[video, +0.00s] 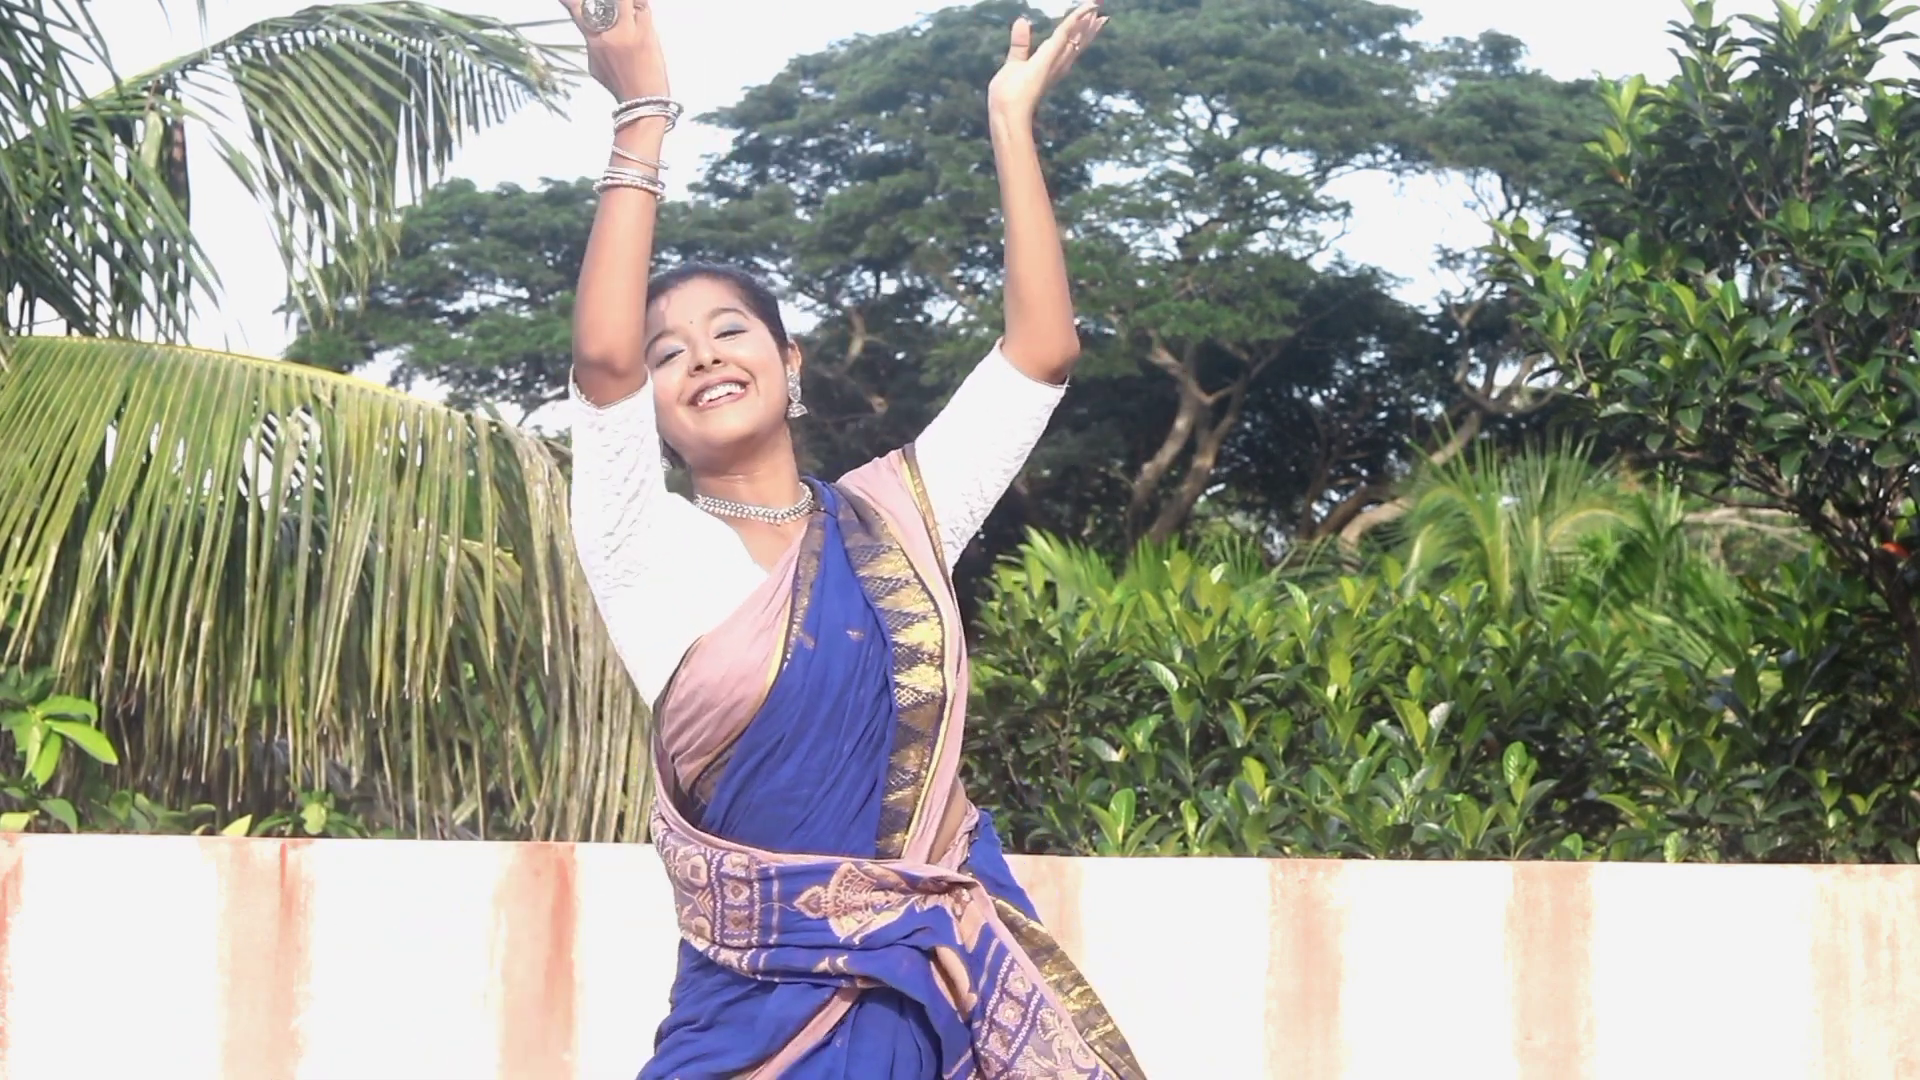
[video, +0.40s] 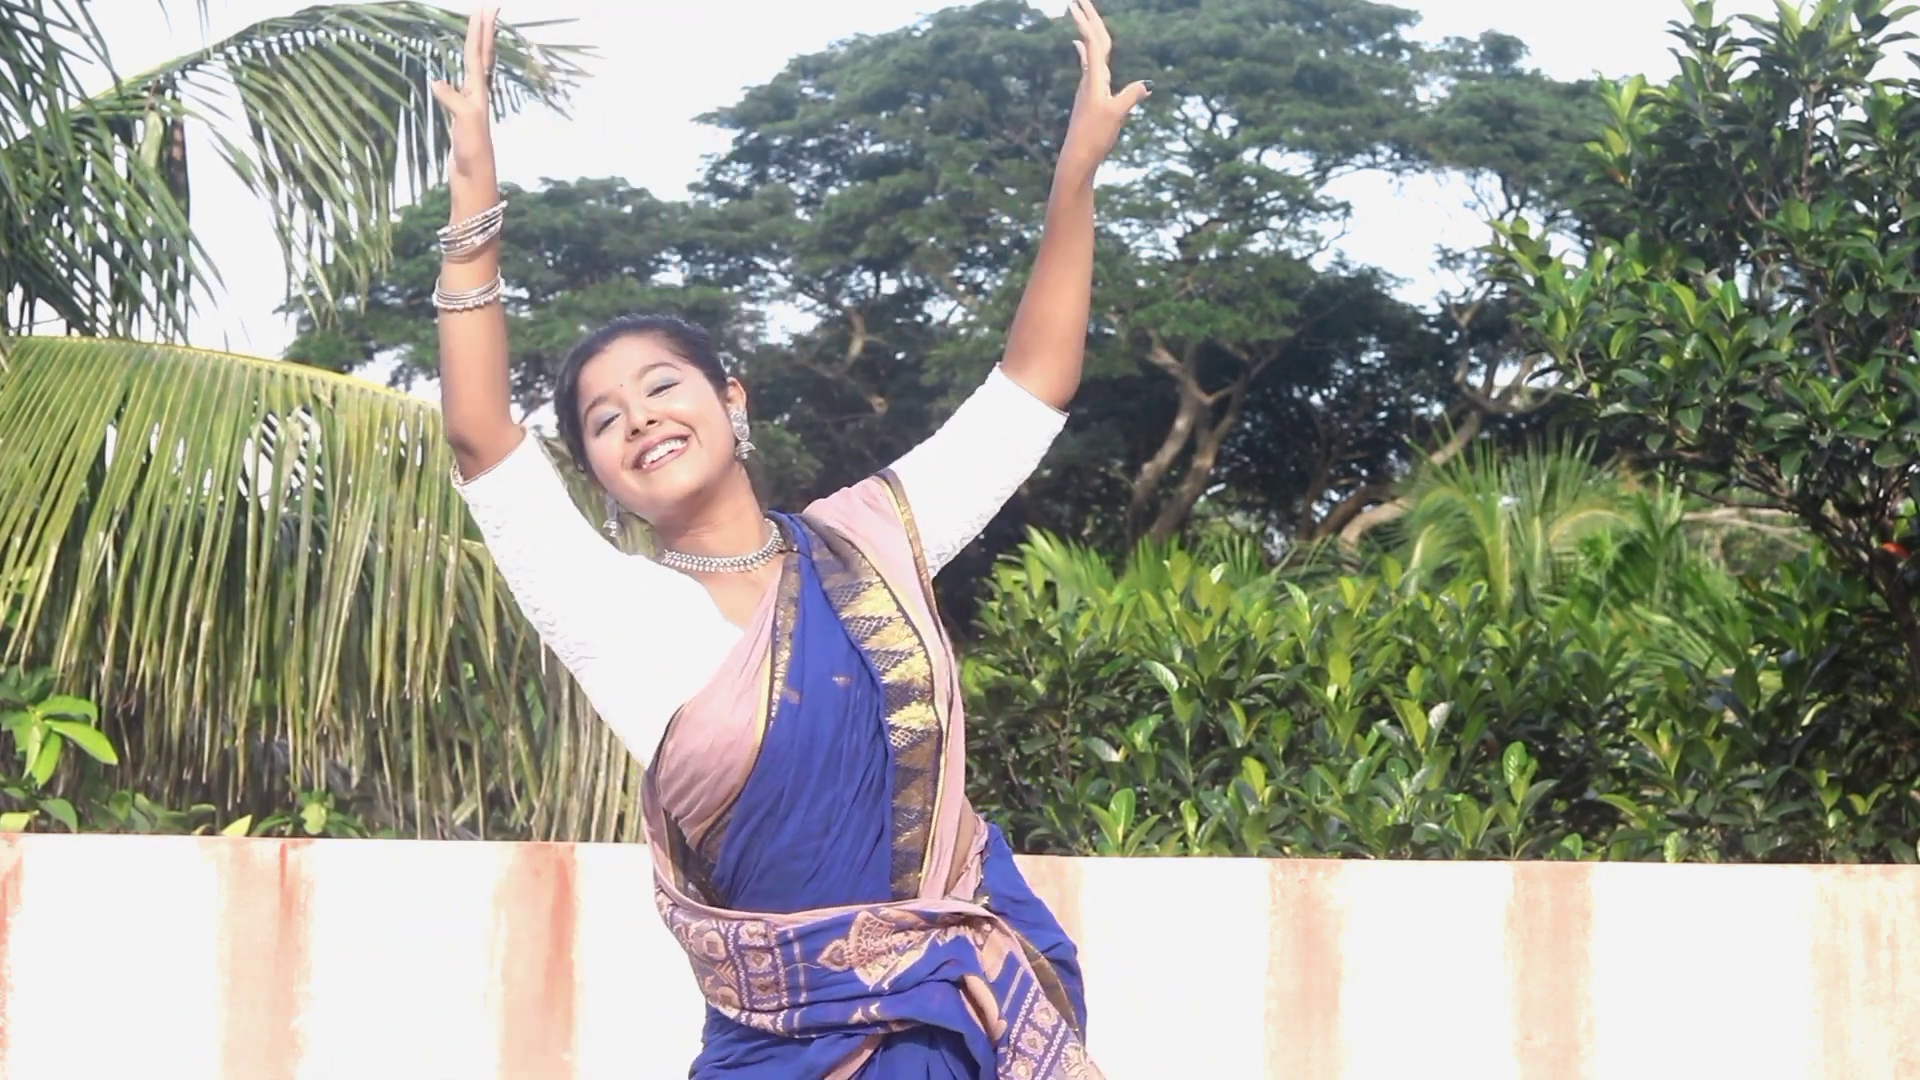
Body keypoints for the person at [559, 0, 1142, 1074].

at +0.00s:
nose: (703, 355)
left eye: (729, 329)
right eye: (668, 350)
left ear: (788, 364)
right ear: (648, 404)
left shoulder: (900, 509)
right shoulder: (647, 553)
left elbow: (1042, 348)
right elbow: (605, 365)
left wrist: (1011, 117)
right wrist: (641, 115)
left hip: (974, 983)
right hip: (766, 1006)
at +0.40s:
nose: (639, 419)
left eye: (662, 386)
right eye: (604, 420)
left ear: (735, 403)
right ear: (599, 481)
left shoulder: (878, 530)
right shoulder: (627, 627)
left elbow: (1034, 382)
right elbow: (479, 433)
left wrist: (1077, 173)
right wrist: (474, 197)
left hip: (988, 1001)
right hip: (786, 1038)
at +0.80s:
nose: (625, 474)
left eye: (645, 434)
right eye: (594, 471)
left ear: (724, 440)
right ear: (591, 525)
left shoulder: (888, 554)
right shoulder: (625, 673)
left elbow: (1067, 447)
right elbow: (446, 539)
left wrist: (1128, 280)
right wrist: (376, 359)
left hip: (1012, 998)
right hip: (822, 1050)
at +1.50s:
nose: (609, 509)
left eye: (627, 470)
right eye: (585, 506)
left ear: (716, 458)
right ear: (594, 546)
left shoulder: (905, 571)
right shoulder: (629, 694)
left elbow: (1124, 558)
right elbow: (402, 659)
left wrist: (1267, 396)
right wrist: (282, 470)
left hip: (1028, 1010)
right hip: (825, 1050)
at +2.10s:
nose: (573, 539)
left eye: (595, 497)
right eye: (557, 523)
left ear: (695, 481)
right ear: (568, 552)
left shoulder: (893, 588)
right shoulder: (611, 716)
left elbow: (1104, 630)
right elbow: (377, 772)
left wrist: (1281, 559)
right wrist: (248, 648)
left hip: (1026, 1014)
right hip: (830, 1058)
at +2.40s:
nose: (566, 547)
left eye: (587, 504)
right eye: (548, 531)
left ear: (690, 487)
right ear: (556, 558)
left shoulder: (885, 594)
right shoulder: (606, 724)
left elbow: (1094, 676)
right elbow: (385, 807)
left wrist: (1279, 633)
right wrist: (191, 746)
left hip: (1019, 1011)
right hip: (828, 1057)